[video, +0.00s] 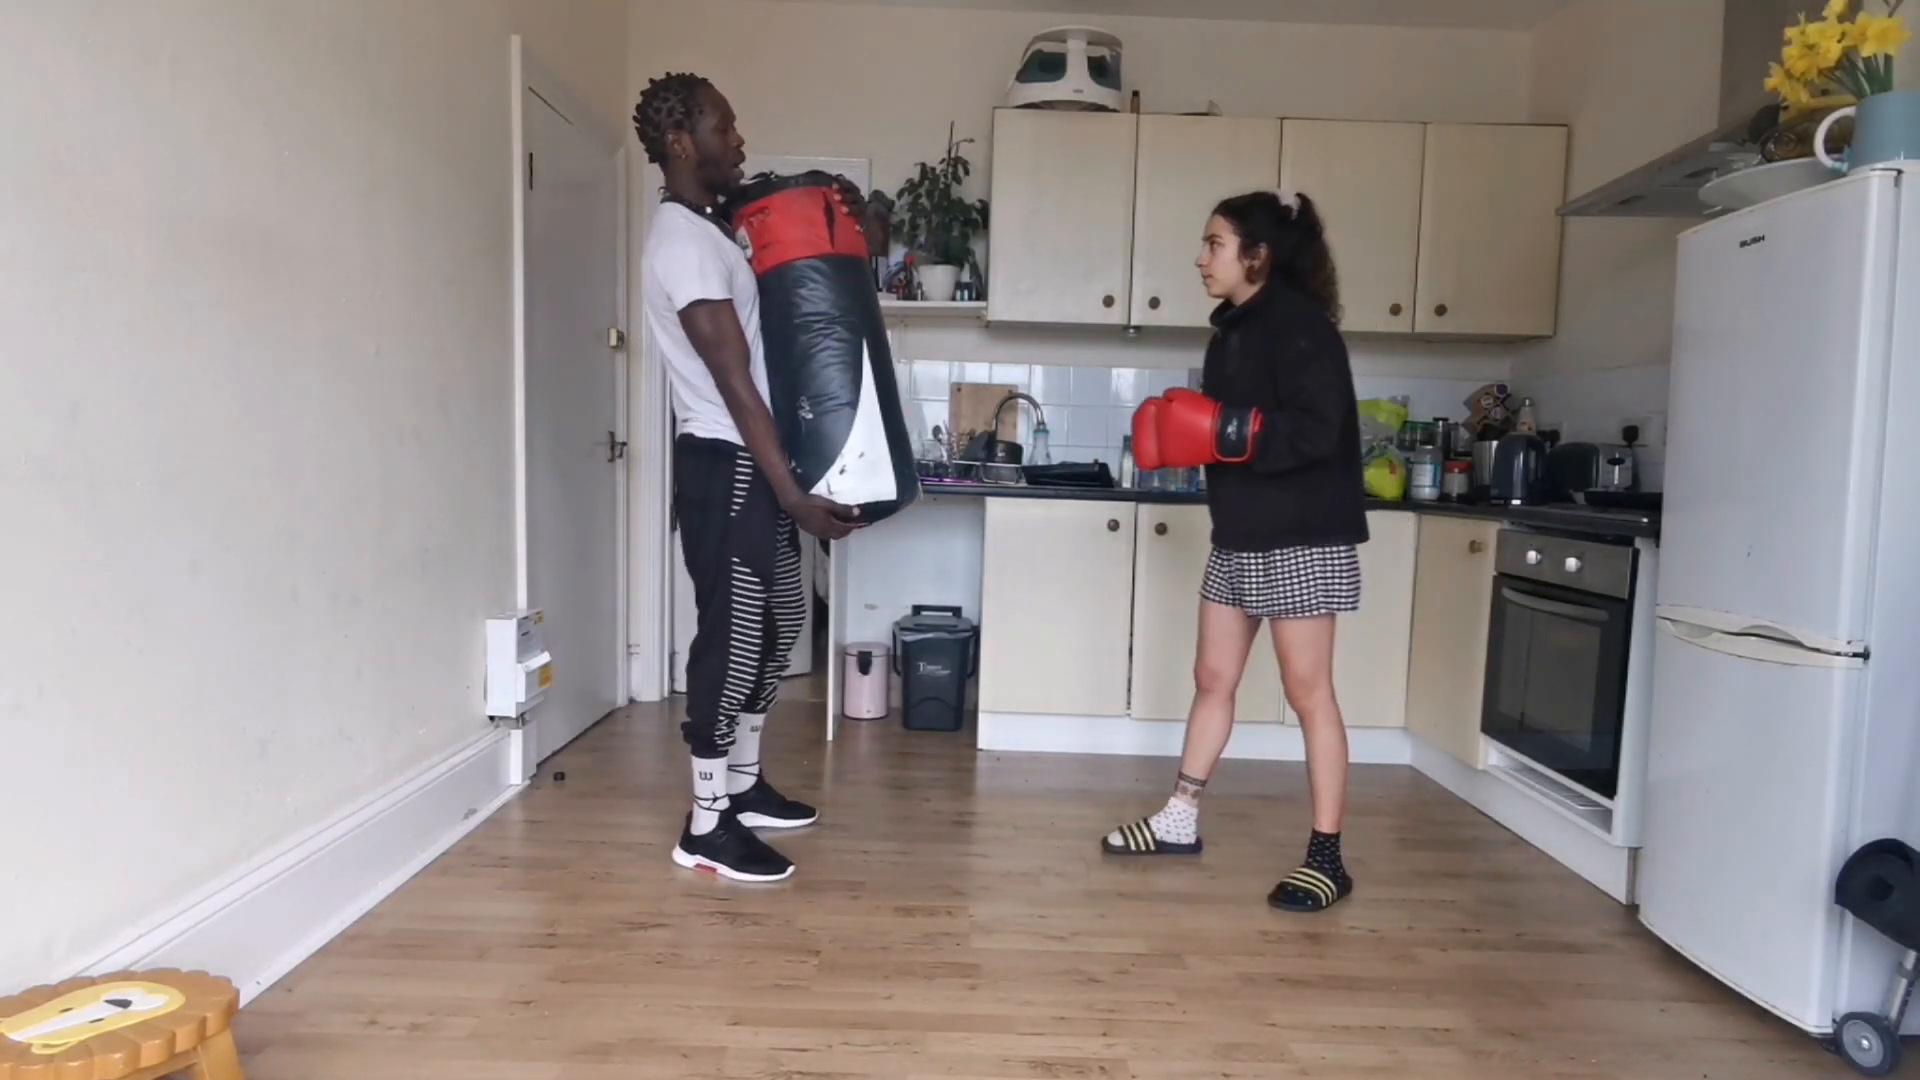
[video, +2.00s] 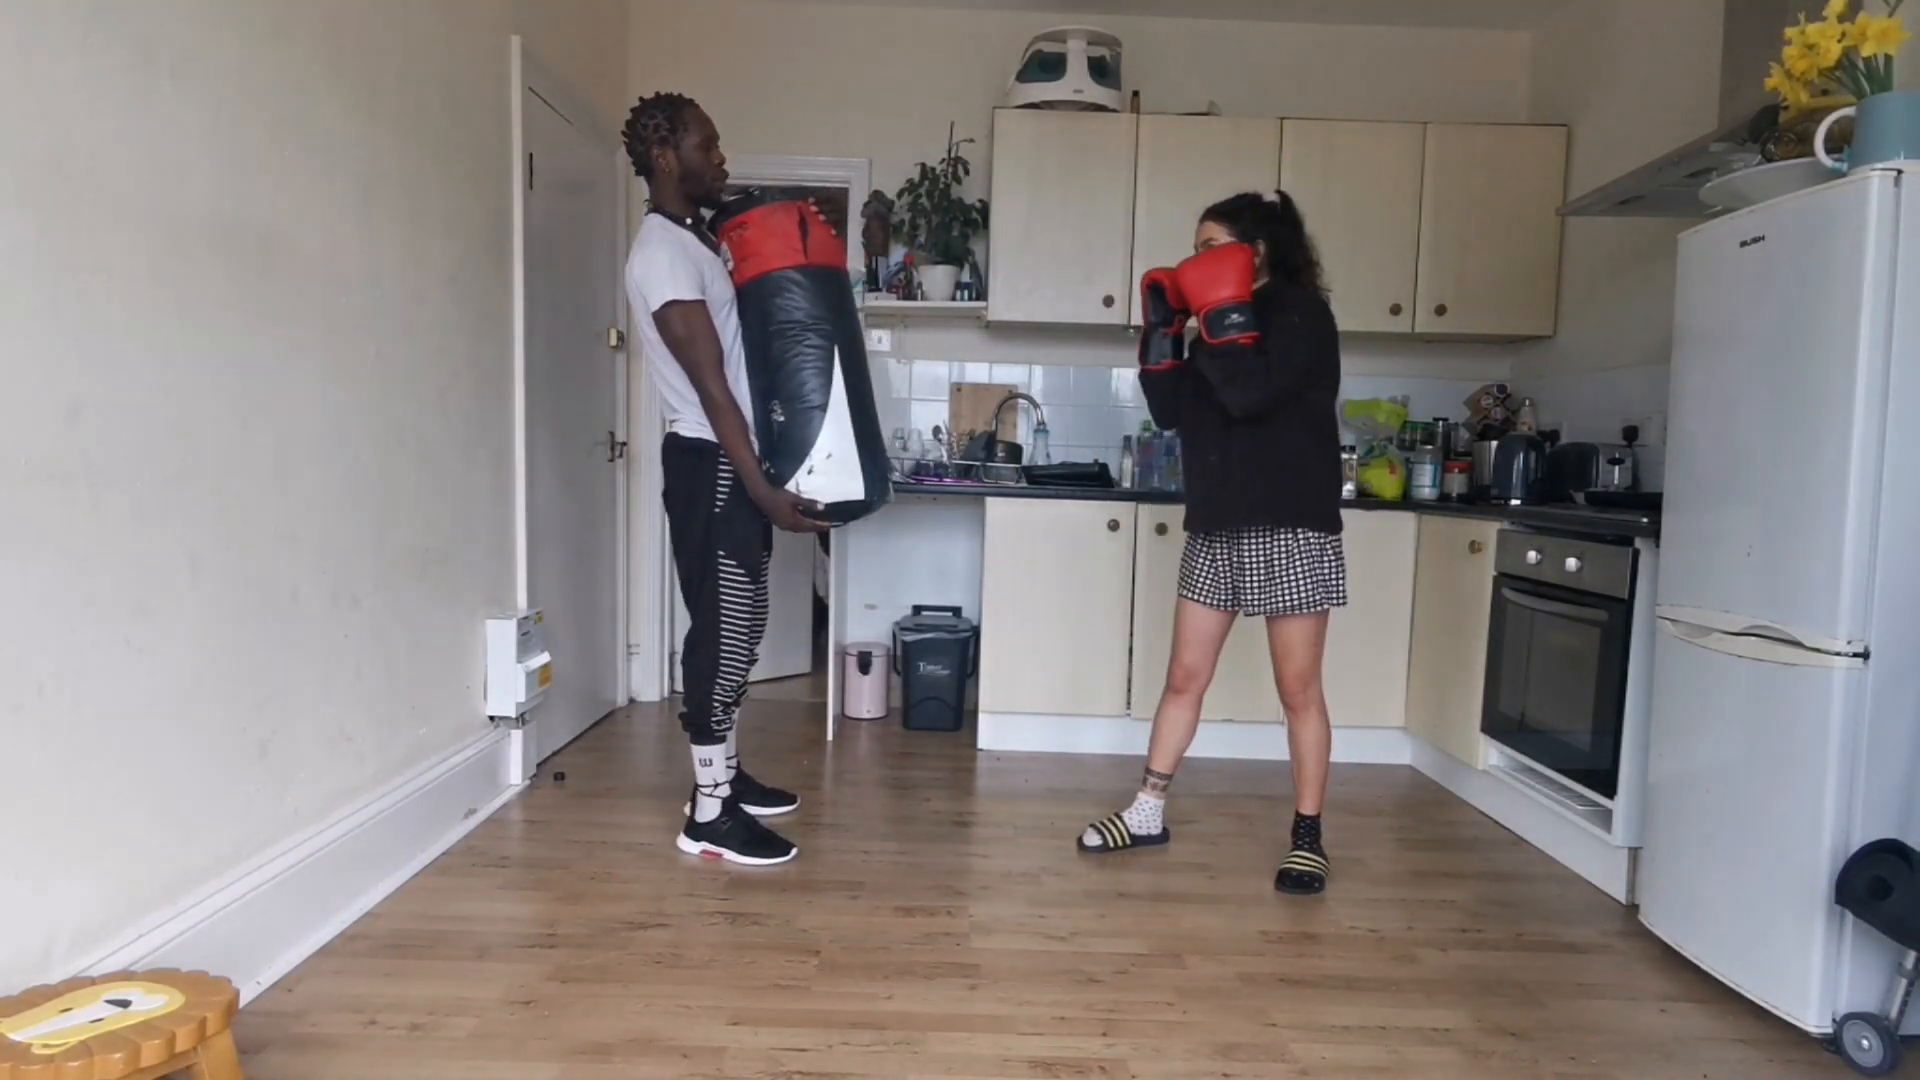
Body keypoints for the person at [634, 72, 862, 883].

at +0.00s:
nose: (741, 141)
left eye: (736, 126)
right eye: (724, 127)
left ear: (686, 142)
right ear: (677, 140)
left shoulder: (718, 231)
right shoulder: (683, 239)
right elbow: (732, 377)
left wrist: (842, 228)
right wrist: (793, 492)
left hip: (758, 453)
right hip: (721, 457)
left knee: (778, 620)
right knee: (733, 628)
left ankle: (741, 784)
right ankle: (707, 822)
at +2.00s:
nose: (723, 159)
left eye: (718, 145)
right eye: (707, 146)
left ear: (670, 159)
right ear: (664, 157)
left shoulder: (694, 240)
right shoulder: (662, 249)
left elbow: (744, 337)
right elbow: (708, 381)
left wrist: (766, 243)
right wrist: (759, 482)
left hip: (731, 452)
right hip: (706, 457)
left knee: (736, 617)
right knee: (729, 622)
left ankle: (722, 776)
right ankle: (709, 812)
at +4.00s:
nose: (741, 162)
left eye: (737, 148)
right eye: (726, 148)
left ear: (692, 159)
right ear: (683, 157)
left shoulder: (713, 239)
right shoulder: (677, 247)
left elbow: (785, 302)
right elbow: (721, 379)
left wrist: (820, 220)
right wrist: (770, 484)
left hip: (746, 451)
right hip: (719, 455)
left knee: (738, 620)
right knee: (732, 623)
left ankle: (726, 774)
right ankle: (703, 804)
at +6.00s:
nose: (761, 171)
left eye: (759, 158)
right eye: (748, 158)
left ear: (712, 168)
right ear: (704, 165)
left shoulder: (730, 246)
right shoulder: (695, 252)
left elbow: (799, 321)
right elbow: (733, 386)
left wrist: (843, 234)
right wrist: (780, 491)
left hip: (755, 454)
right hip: (725, 458)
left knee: (753, 623)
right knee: (735, 627)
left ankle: (738, 776)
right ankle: (702, 803)